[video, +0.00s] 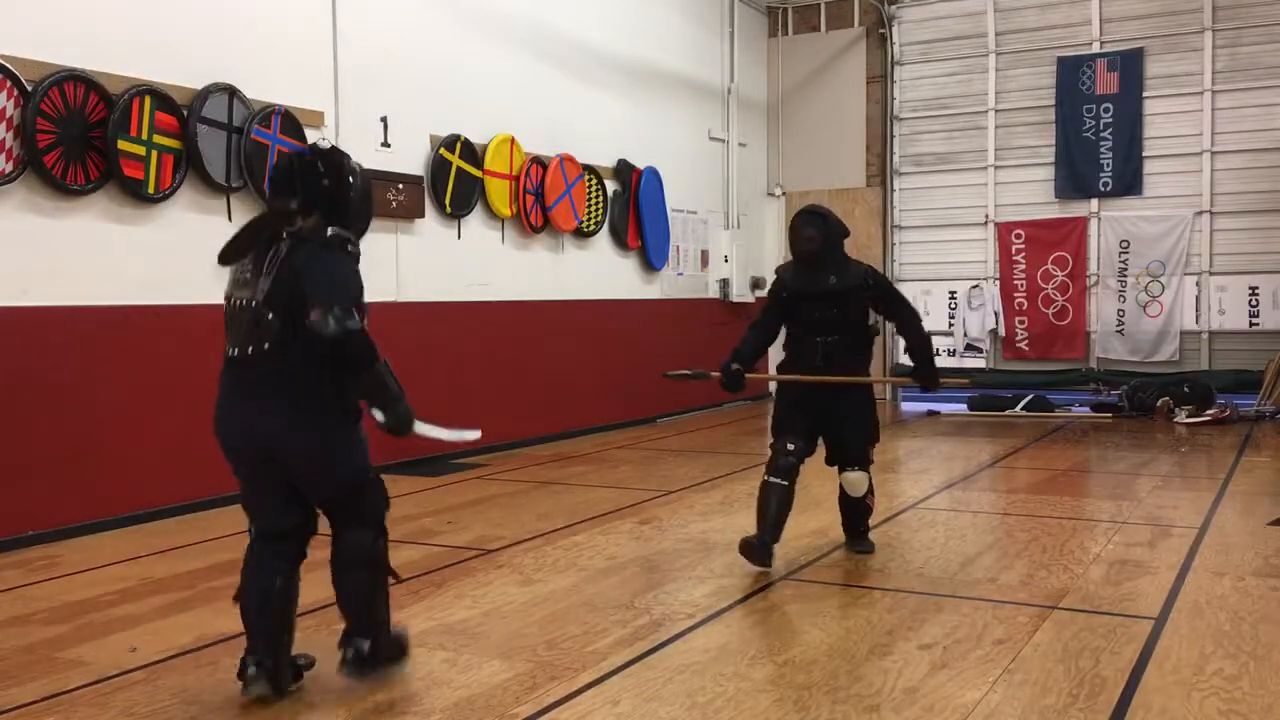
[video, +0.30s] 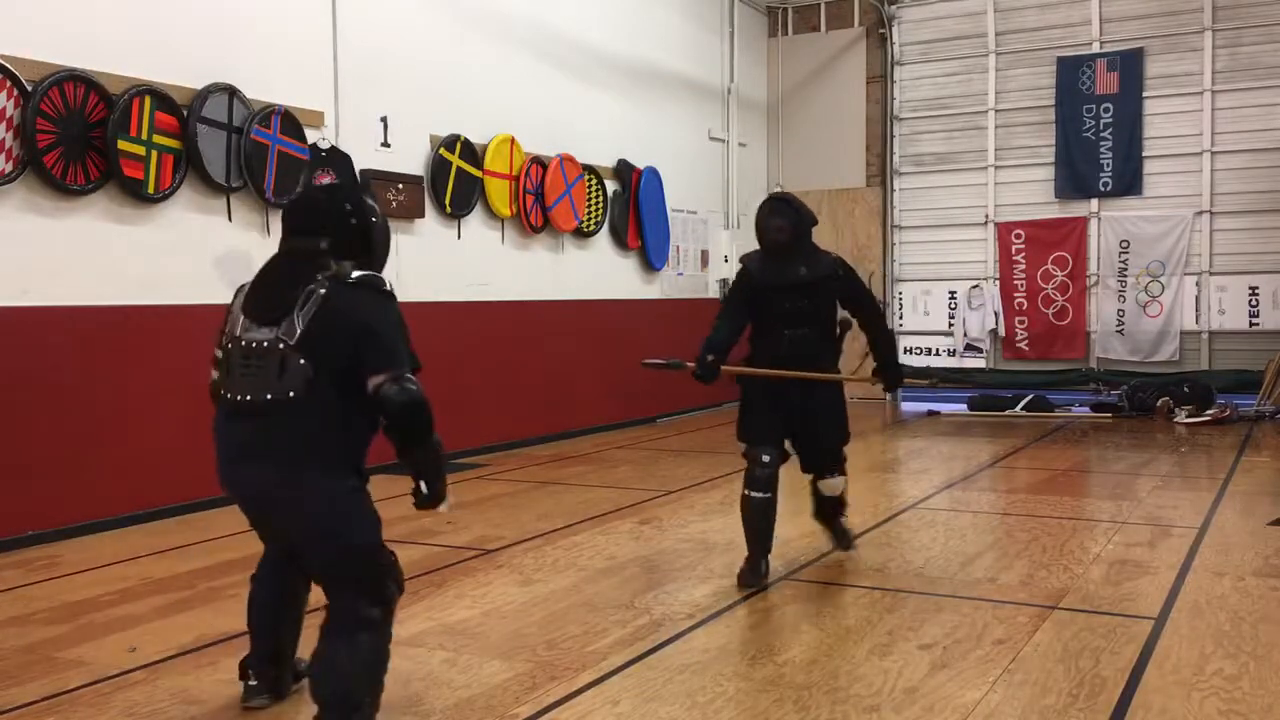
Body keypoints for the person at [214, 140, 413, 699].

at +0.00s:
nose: (364, 205)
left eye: (361, 194)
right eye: (357, 195)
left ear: (293, 197)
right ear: (338, 200)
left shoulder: (257, 246)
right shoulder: (325, 252)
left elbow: (270, 340)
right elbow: (340, 332)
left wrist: (342, 389)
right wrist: (389, 398)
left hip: (243, 418)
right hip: (308, 421)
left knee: (278, 525)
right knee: (360, 508)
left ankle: (265, 658)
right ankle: (367, 636)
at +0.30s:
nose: (380, 236)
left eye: (376, 225)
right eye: (373, 226)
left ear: (298, 231)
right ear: (354, 231)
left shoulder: (260, 284)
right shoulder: (361, 293)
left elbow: (229, 377)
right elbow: (396, 395)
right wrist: (427, 465)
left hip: (244, 464)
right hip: (315, 473)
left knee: (288, 548)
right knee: (367, 584)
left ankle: (269, 672)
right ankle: (345, 706)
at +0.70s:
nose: (381, 226)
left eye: (377, 214)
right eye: (372, 215)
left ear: (288, 222)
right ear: (348, 225)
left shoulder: (239, 283)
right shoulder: (359, 289)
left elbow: (222, 392)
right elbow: (407, 401)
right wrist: (446, 481)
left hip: (210, 475)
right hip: (307, 479)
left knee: (223, 593)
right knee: (374, 580)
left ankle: (188, 708)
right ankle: (351, 707)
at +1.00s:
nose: (318, 214)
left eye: (315, 202)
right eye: (311, 203)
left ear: (226, 213)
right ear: (289, 212)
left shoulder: (175, 278)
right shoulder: (306, 280)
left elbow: (158, 389)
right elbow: (339, 402)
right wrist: (382, 491)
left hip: (169, 486)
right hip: (266, 486)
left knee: (163, 633)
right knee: (361, 566)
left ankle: (134, 709)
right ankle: (367, 707)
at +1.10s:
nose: (324, 211)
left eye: (320, 199)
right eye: (315, 199)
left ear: (229, 207)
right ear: (293, 205)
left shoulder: (176, 272)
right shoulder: (311, 276)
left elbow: (160, 387)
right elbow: (344, 400)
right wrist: (381, 488)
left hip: (173, 487)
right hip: (274, 487)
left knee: (161, 630)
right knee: (363, 577)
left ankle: (134, 709)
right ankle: (386, 708)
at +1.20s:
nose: (331, 204)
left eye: (326, 193)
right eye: (323, 194)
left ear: (238, 202)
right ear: (303, 202)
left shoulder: (183, 274)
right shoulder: (329, 275)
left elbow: (173, 379)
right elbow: (371, 397)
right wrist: (399, 488)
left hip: (192, 486)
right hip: (297, 487)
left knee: (169, 629)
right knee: (367, 599)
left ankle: (137, 709)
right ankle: (393, 709)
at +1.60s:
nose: (410, 208)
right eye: (401, 198)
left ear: (308, 208)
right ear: (382, 203)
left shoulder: (258, 278)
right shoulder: (412, 277)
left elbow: (246, 369)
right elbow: (466, 399)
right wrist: (486, 487)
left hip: (284, 499)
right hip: (390, 496)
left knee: (262, 651)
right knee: (402, 620)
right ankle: (401, 710)